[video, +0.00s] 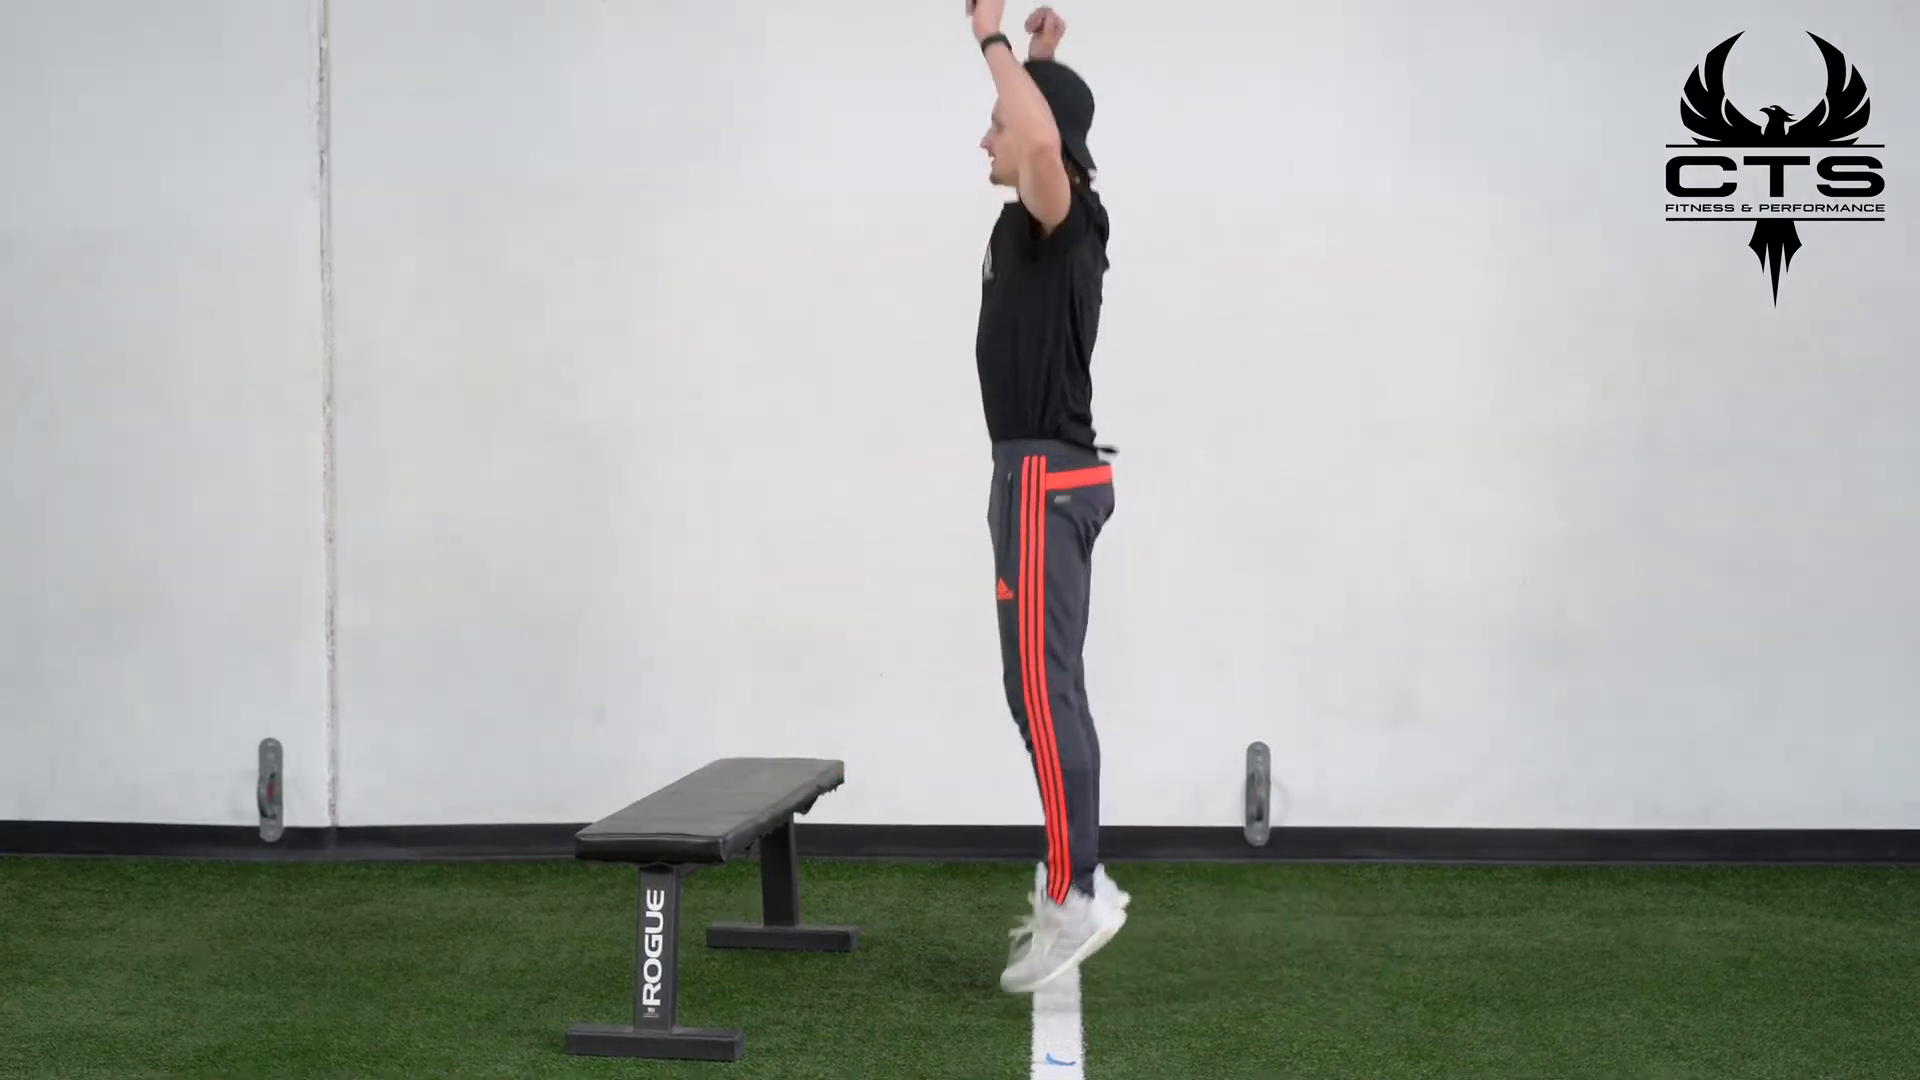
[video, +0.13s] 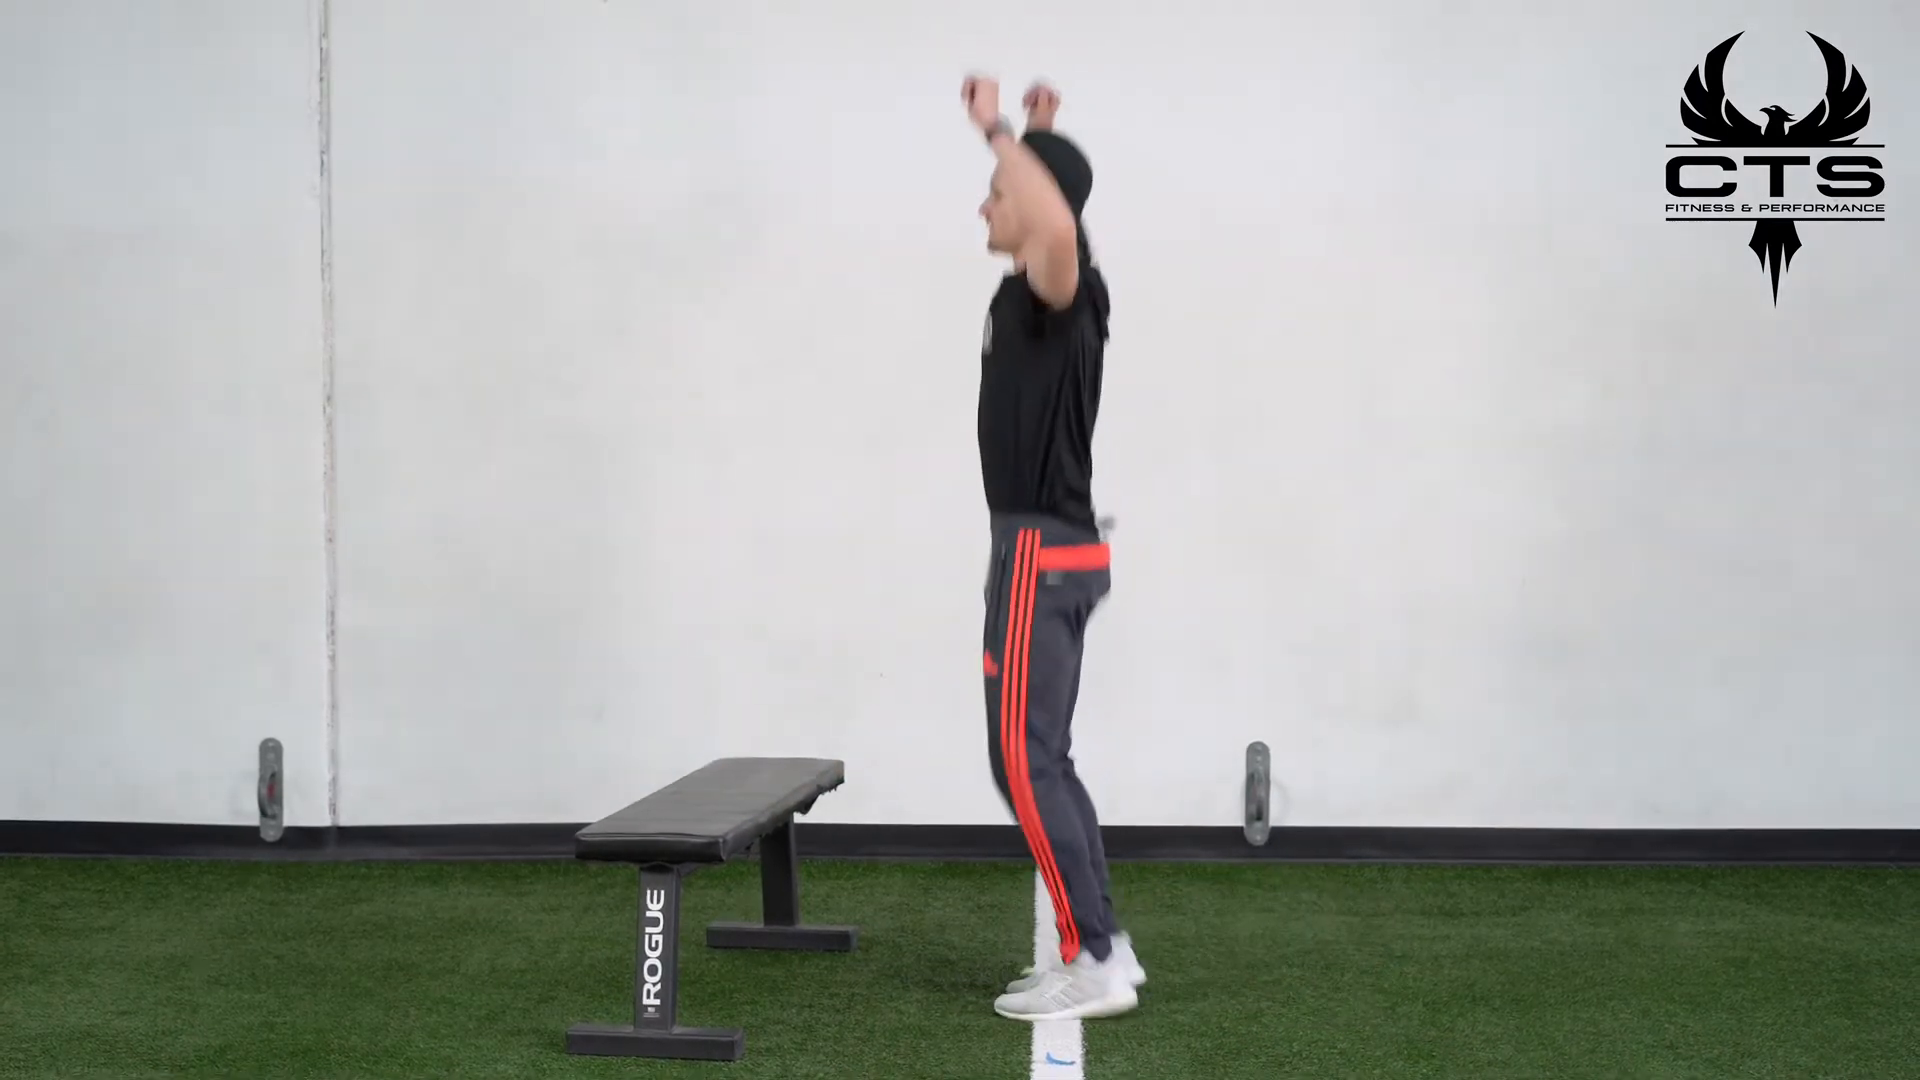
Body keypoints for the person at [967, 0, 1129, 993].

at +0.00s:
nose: (989, 139)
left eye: (1001, 124)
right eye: (992, 123)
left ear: (1045, 135)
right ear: (1048, 138)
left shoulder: (1057, 212)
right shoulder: (1056, 214)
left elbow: (1037, 137)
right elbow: (1047, 135)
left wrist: (992, 39)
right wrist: (1044, 58)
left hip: (1044, 477)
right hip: (1047, 476)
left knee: (1042, 691)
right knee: (1048, 689)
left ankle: (1075, 892)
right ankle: (1076, 884)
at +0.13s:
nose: (983, 210)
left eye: (999, 195)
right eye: (989, 192)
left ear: (1042, 207)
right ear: (1044, 209)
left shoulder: (1058, 289)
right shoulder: (1049, 290)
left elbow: (1048, 221)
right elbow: (1051, 213)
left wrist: (1000, 138)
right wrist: (1039, 138)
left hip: (1044, 551)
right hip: (1044, 548)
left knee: (1024, 754)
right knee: (1036, 752)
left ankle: (1093, 959)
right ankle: (1097, 946)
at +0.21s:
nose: (970, 246)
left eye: (981, 231)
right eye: (971, 230)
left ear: (1022, 231)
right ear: (1032, 232)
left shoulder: (1050, 312)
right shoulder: (1039, 315)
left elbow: (1071, 322)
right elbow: (1045, 280)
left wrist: (1025, 234)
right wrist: (1000, 217)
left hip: (1043, 574)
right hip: (1048, 571)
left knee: (1025, 777)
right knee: (1043, 775)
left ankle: (1098, 966)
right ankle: (1099, 955)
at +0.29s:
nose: (946, 243)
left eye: (954, 225)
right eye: (946, 226)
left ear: (994, 222)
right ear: (1004, 223)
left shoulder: (1019, 303)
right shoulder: (1047, 302)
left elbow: (1080, 394)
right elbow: (1099, 382)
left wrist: (1051, 335)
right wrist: (1086, 306)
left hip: (1038, 559)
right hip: (1060, 555)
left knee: (1038, 761)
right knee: (1058, 757)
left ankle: (1098, 958)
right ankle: (1097, 948)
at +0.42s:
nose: (904, 264)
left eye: (908, 245)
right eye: (901, 247)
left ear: (952, 235)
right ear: (960, 237)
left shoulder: (1002, 315)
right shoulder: (1023, 308)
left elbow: (1066, 434)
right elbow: (1088, 420)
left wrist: (1071, 536)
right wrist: (1117, 478)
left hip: (1050, 555)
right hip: (1067, 550)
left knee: (1050, 760)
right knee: (1065, 758)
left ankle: (1101, 964)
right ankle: (1102, 952)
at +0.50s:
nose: (874, 294)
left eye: (877, 275)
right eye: (871, 278)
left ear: (919, 262)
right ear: (917, 264)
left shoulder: (983, 346)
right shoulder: (978, 339)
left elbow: (1038, 479)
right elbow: (1042, 477)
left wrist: (1043, 603)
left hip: (1088, 568)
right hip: (1086, 565)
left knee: (1058, 765)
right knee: (1073, 762)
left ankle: (1102, 966)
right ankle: (1101, 954)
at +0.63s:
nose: (838, 361)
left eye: (841, 341)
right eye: (834, 344)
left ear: (887, 330)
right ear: (894, 333)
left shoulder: (949, 405)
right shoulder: (967, 391)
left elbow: (969, 558)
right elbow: (1017, 547)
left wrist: (932, 685)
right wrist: (991, 670)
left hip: (1123, 566)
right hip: (1118, 564)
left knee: (1077, 767)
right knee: (1081, 766)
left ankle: (1105, 969)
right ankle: (1102, 958)